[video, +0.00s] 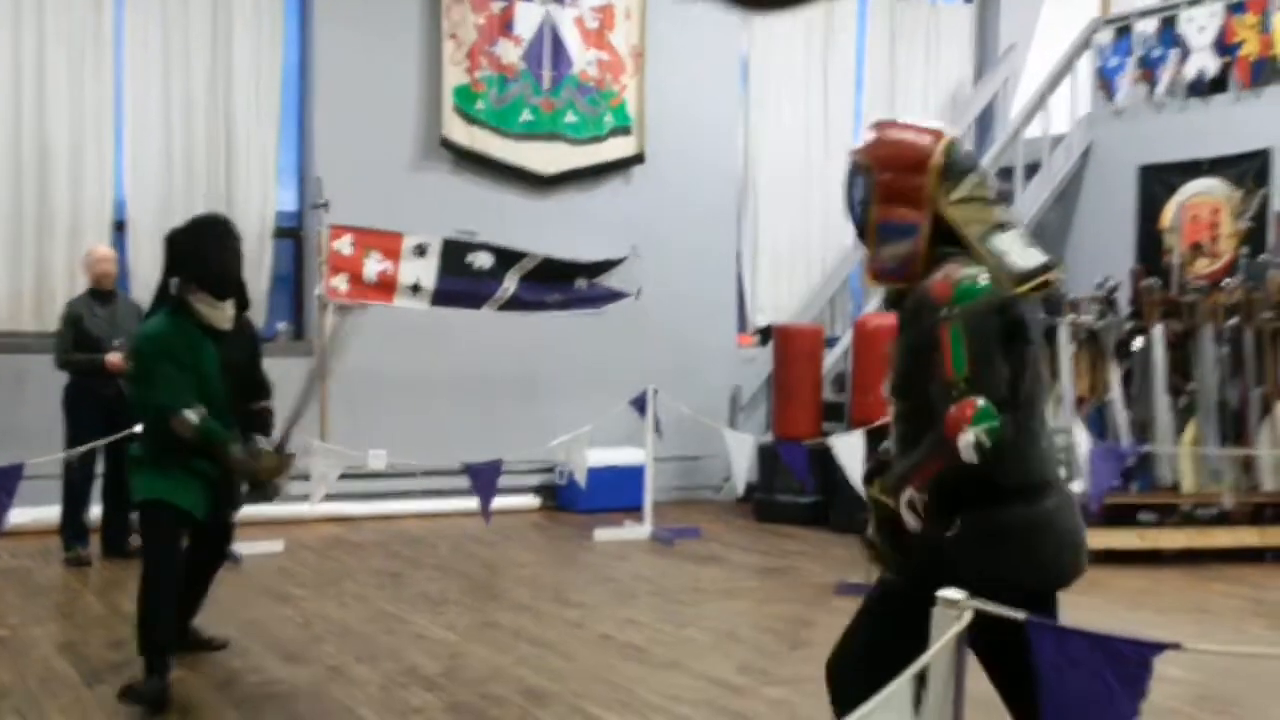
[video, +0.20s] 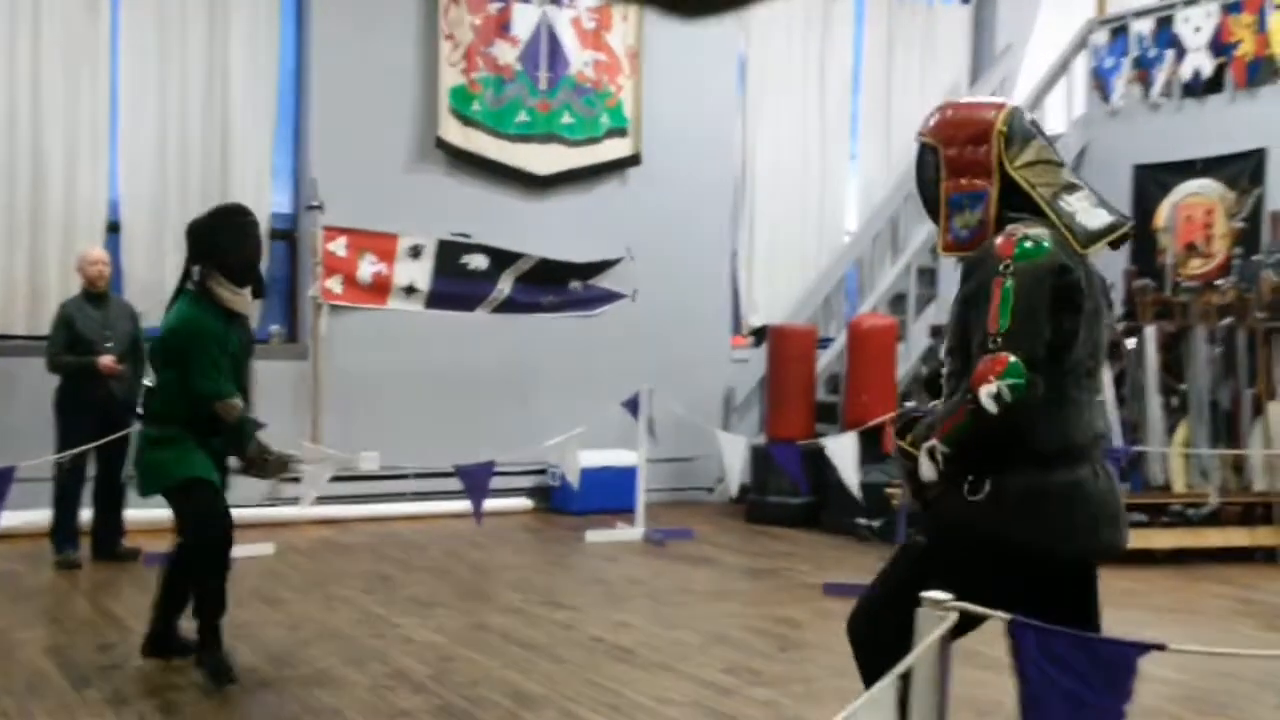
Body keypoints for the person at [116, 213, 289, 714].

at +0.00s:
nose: (229, 269)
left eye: (229, 259)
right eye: (220, 260)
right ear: (199, 268)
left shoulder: (237, 330)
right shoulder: (160, 333)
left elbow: (254, 397)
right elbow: (175, 412)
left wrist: (258, 447)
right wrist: (233, 453)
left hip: (216, 466)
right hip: (164, 465)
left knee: (212, 548)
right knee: (163, 564)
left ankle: (179, 626)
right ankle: (155, 671)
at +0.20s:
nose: (255, 258)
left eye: (255, 248)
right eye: (247, 249)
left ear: (214, 256)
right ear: (223, 256)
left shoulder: (229, 311)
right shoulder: (195, 318)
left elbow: (228, 390)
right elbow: (217, 395)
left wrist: (246, 444)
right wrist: (250, 443)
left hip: (204, 441)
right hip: (173, 441)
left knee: (199, 534)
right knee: (213, 529)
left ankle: (162, 632)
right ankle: (210, 645)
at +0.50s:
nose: (268, 257)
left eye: (266, 247)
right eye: (261, 248)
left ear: (218, 254)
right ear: (242, 256)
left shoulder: (199, 302)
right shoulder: (225, 320)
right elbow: (237, 397)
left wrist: (243, 439)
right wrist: (250, 445)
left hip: (173, 444)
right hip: (197, 448)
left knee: (153, 541)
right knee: (260, 523)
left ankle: (123, 630)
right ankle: (248, 628)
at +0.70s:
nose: (294, 270)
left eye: (292, 260)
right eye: (287, 261)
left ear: (250, 269)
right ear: (266, 269)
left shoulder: (245, 320)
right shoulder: (244, 331)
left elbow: (251, 401)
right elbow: (258, 411)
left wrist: (277, 453)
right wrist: (285, 460)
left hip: (203, 458)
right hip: (220, 462)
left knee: (161, 543)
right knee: (281, 531)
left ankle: (104, 627)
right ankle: (318, 635)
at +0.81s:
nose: (325, 279)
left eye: (322, 269)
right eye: (319, 270)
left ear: (278, 275)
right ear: (303, 277)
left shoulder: (274, 329)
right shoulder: (276, 340)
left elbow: (281, 417)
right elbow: (288, 422)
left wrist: (313, 464)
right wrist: (326, 477)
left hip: (242, 465)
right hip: (251, 468)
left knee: (197, 544)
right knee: (311, 536)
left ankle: (114, 614)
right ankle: (319, 642)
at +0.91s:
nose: (356, 275)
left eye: (354, 265)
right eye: (349, 265)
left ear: (315, 272)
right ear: (328, 271)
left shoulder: (330, 328)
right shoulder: (300, 334)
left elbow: (338, 398)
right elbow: (321, 413)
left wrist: (359, 451)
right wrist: (357, 468)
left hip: (292, 455)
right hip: (277, 455)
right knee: (333, 539)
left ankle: (173, 585)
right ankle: (320, 644)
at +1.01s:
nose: (385, 262)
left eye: (383, 254)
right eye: (377, 254)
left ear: (353, 264)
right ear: (355, 262)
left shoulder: (367, 317)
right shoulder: (323, 327)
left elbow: (379, 382)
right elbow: (345, 405)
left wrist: (396, 433)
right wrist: (377, 459)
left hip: (342, 445)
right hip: (308, 445)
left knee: (348, 536)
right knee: (342, 538)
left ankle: (265, 579)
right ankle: (319, 643)